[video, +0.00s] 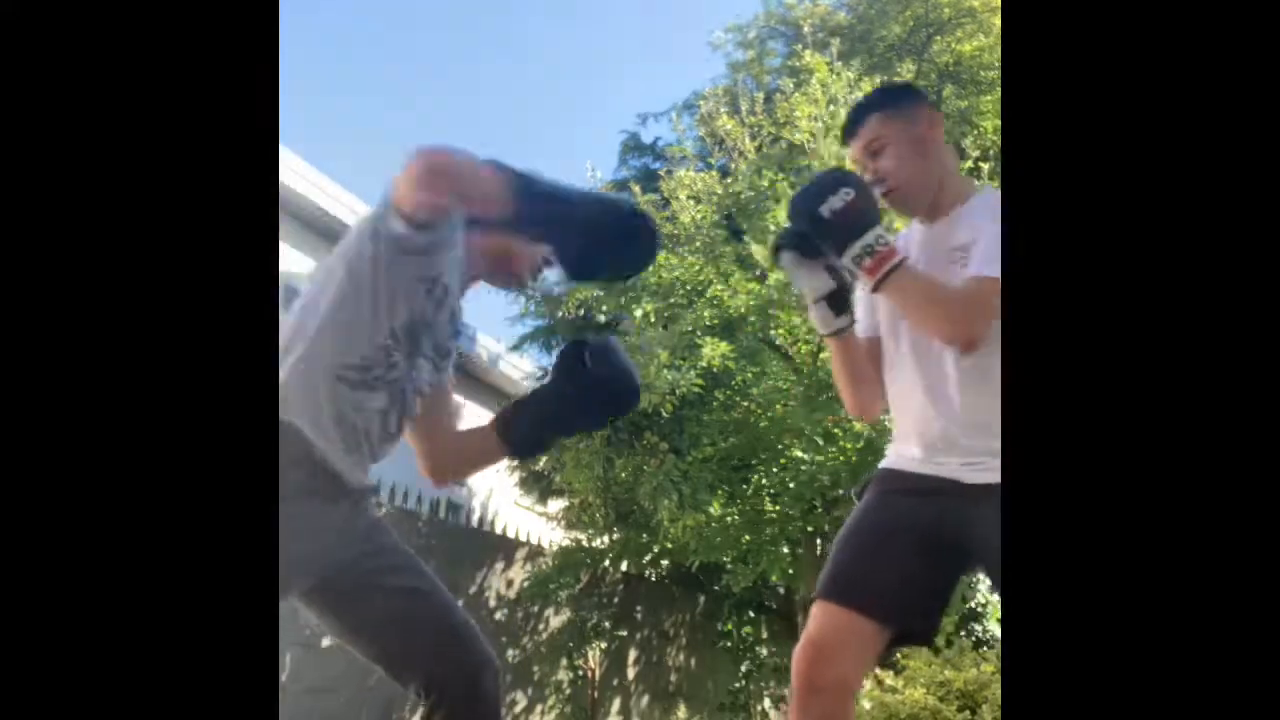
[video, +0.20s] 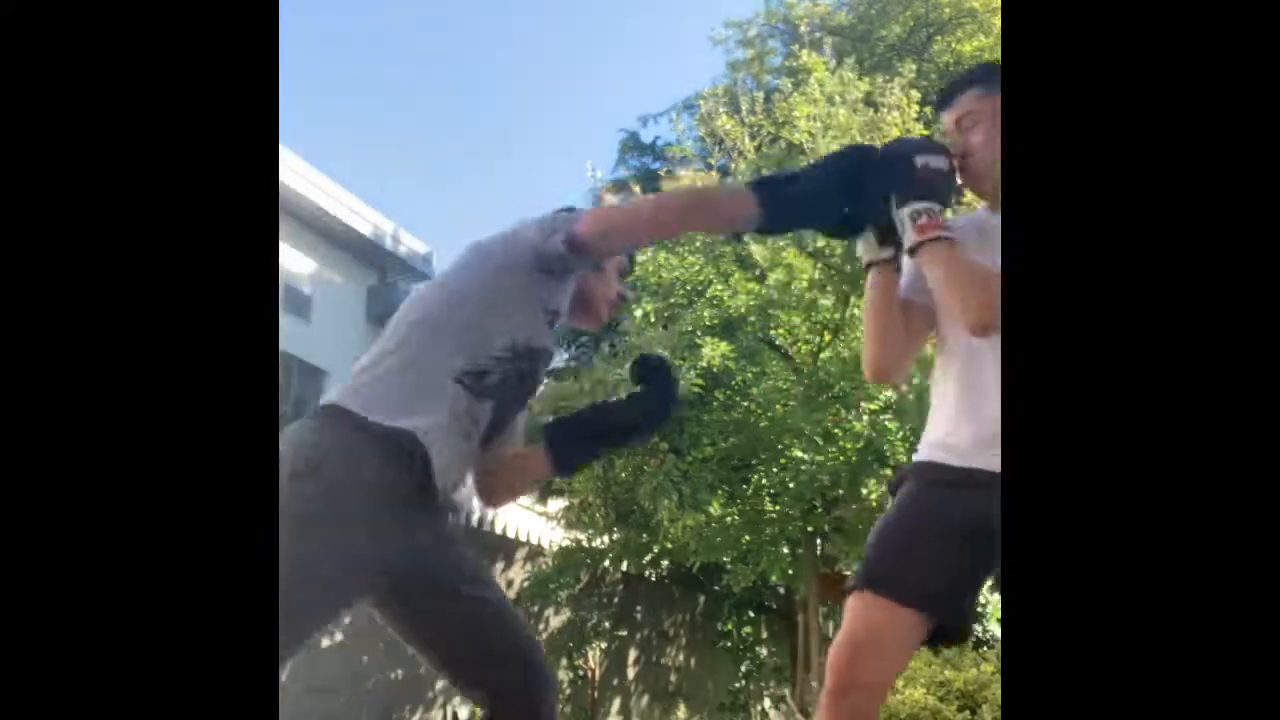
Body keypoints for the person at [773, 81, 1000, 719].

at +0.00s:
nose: (870, 176)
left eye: (879, 152)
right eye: (861, 166)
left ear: (932, 129)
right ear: (860, 175)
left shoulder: (997, 216)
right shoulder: (887, 253)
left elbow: (965, 325)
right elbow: (865, 403)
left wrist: (868, 251)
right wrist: (827, 305)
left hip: (996, 479)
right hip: (915, 477)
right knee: (822, 666)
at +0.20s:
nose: (958, 143)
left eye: (972, 123)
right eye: (949, 132)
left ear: (1010, 127)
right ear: (944, 149)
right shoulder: (953, 235)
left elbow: (979, 312)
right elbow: (883, 367)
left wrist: (919, 213)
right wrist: (881, 250)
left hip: (984, 466)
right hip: (955, 466)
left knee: (859, 671)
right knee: (853, 673)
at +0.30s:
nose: (991, 159)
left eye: (999, 143)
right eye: (984, 146)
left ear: (1009, 147)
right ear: (976, 156)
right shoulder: (973, 249)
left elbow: (988, 323)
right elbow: (905, 378)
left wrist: (957, 243)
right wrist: (909, 262)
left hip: (983, 484)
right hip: (978, 480)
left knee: (872, 683)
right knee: (867, 684)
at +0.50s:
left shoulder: (993, 279)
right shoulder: (998, 277)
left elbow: (955, 356)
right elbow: (955, 356)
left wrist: (966, 407)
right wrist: (966, 410)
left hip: (987, 503)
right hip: (988, 499)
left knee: (879, 691)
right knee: (876, 691)